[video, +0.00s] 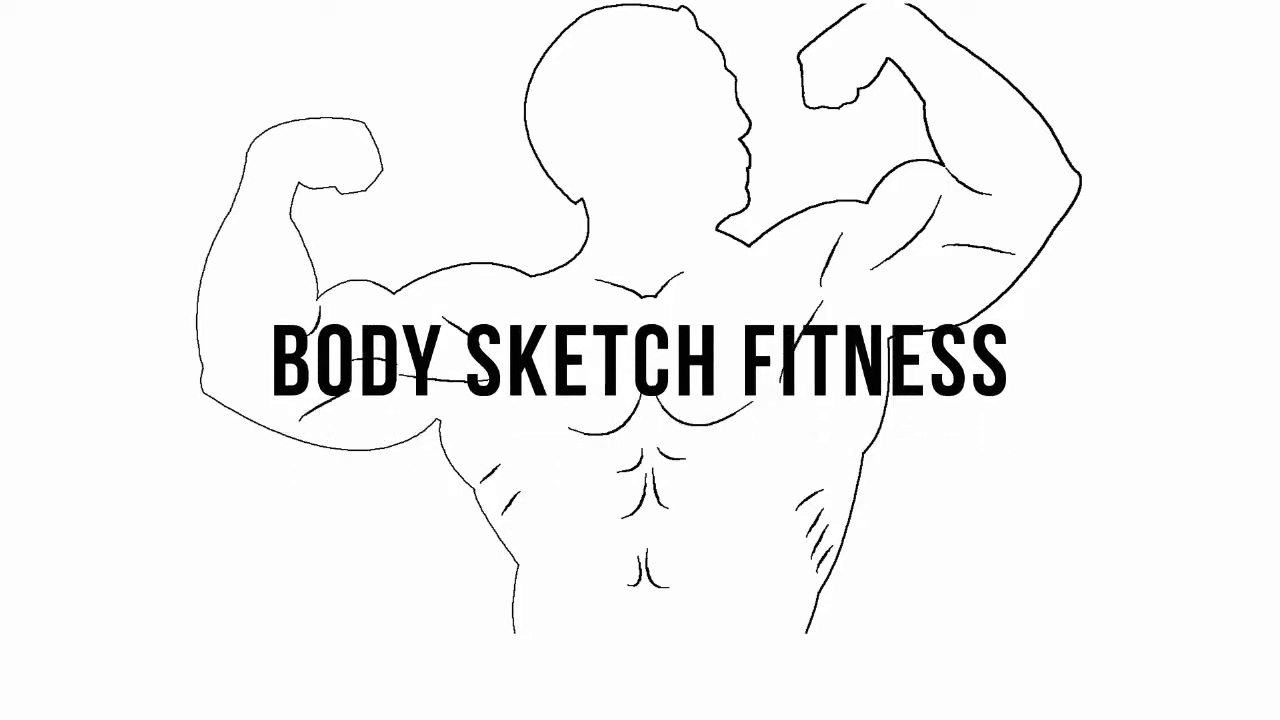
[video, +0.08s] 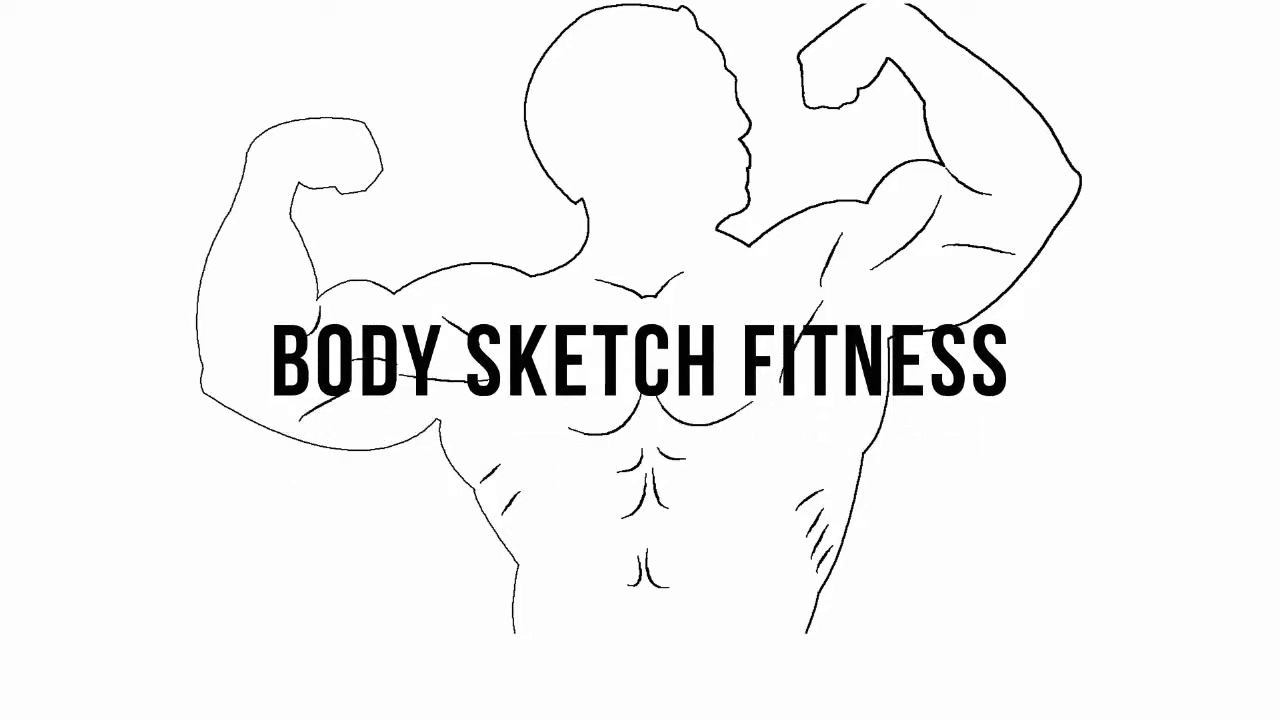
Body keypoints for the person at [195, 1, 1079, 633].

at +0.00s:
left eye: (692, 114)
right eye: (633, 122)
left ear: (737, 127)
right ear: (566, 148)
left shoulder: (813, 294)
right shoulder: (478, 319)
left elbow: (1034, 190)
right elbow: (250, 371)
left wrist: (895, 35)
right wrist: (273, 171)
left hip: (769, 662)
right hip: (547, 667)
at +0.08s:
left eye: (692, 114)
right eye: (633, 122)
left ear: (737, 127)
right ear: (566, 148)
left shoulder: (813, 294)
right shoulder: (478, 319)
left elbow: (1034, 190)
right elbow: (250, 371)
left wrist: (895, 35)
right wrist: (273, 171)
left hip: (769, 662)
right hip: (547, 667)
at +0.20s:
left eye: (692, 114)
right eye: (633, 122)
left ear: (737, 127)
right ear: (566, 148)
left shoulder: (813, 294)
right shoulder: (478, 319)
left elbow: (1034, 190)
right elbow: (250, 371)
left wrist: (895, 35)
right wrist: (273, 171)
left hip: (769, 662)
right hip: (547, 667)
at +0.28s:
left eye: (692, 114)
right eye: (633, 122)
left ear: (737, 127)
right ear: (566, 148)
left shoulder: (813, 294)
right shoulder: (478, 319)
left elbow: (1034, 190)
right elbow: (250, 371)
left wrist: (895, 35)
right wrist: (273, 171)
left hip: (769, 662)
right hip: (547, 667)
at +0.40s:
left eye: (692, 114)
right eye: (633, 122)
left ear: (737, 127)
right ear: (566, 148)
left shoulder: (813, 294)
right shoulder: (478, 319)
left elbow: (1034, 190)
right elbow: (250, 371)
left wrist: (895, 35)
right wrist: (273, 171)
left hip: (769, 662)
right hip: (547, 667)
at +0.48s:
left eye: (692, 114)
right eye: (633, 122)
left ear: (737, 127)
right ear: (566, 148)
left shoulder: (813, 294)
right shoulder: (478, 319)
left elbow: (1034, 190)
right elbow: (250, 371)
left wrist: (895, 35)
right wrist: (273, 171)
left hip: (769, 662)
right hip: (547, 667)